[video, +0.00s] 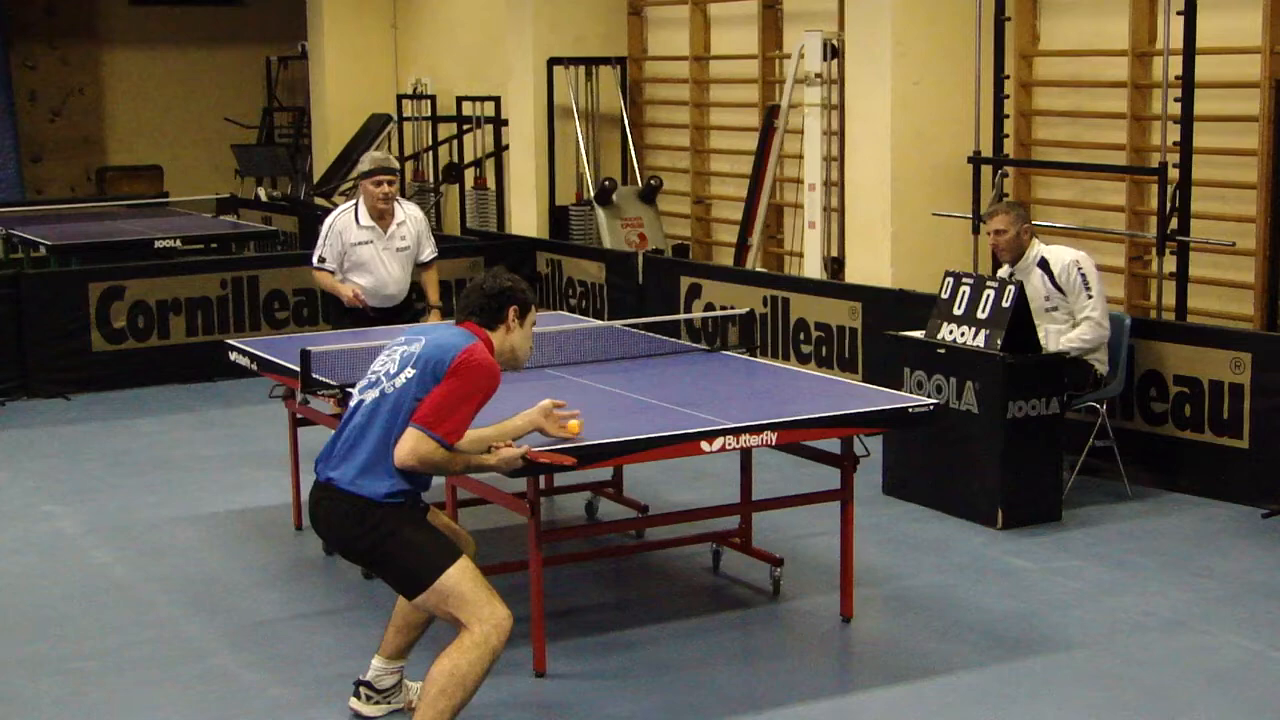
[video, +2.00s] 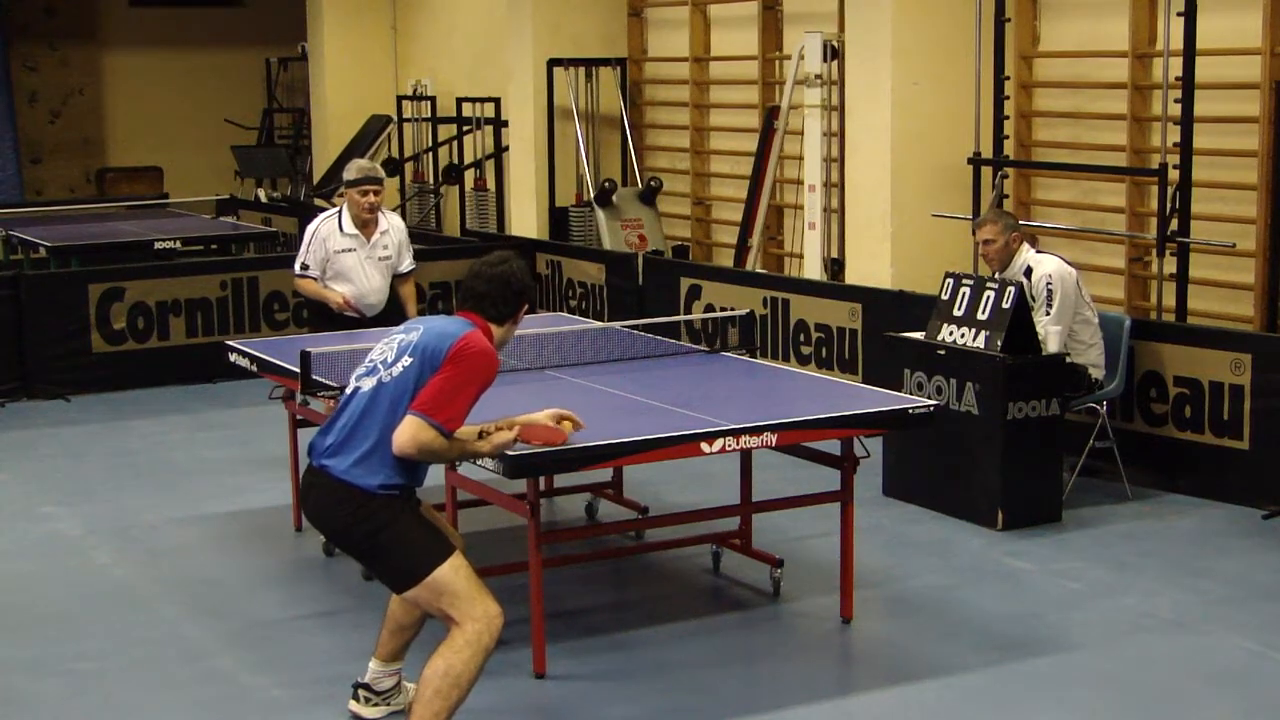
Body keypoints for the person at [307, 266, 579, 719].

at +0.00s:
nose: (530, 342)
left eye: (531, 329)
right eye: (531, 328)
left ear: (473, 312)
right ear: (512, 318)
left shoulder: (424, 337)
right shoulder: (477, 360)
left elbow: (439, 445)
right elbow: (413, 453)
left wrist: (530, 419)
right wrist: (485, 460)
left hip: (335, 490)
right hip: (364, 506)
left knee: (458, 546)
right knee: (491, 621)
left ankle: (381, 682)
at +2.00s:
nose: (522, 324)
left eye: (522, 313)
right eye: (525, 314)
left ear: (467, 296)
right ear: (519, 313)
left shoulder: (420, 327)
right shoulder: (476, 349)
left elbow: (431, 433)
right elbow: (410, 440)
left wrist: (521, 424)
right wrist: (476, 447)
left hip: (325, 478)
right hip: (360, 497)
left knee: (445, 547)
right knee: (480, 619)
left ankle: (379, 684)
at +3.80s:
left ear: (583, 173)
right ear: (644, 180)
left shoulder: (539, 224)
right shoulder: (667, 248)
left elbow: (449, 273)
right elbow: (714, 347)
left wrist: (367, 275)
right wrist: (689, 401)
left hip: (531, 429)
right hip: (616, 438)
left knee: (494, 560)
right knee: (686, 565)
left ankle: (462, 701)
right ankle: (702, 705)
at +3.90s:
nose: (579, 193)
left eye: (580, 185)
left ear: (583, 195)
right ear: (648, 192)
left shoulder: (555, 253)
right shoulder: (683, 261)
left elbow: (477, 324)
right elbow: (739, 373)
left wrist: (423, 338)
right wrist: (707, 403)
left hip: (570, 458)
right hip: (659, 463)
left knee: (513, 593)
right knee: (725, 597)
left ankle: (486, 714)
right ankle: (777, 713)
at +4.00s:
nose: (588, 187)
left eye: (588, 179)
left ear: (589, 186)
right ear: (650, 183)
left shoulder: (568, 247)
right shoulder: (693, 254)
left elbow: (508, 344)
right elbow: (735, 368)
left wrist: (469, 381)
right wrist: (698, 372)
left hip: (584, 448)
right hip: (670, 451)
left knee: (509, 571)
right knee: (723, 574)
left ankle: (471, 707)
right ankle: (779, 704)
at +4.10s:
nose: (585, 187)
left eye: (585, 179)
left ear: (589, 187)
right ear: (651, 183)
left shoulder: (573, 250)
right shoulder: (696, 254)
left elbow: (522, 359)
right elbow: (730, 364)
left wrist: (485, 404)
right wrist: (687, 327)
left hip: (587, 447)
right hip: (675, 448)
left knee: (504, 573)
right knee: (726, 583)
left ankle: (445, 709)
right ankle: (793, 711)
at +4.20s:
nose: (583, 198)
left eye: (585, 191)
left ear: (588, 200)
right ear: (649, 200)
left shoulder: (565, 265)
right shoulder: (689, 271)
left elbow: (497, 363)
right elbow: (733, 369)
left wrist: (464, 388)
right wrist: (696, 329)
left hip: (585, 470)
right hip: (670, 466)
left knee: (492, 596)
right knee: (725, 590)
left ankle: (438, 715)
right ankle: (794, 713)